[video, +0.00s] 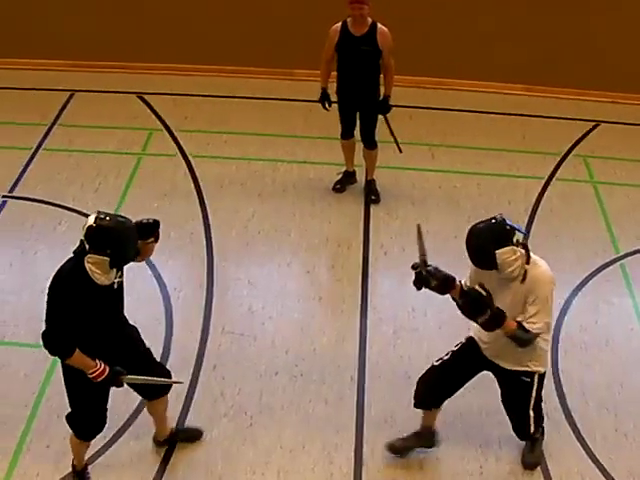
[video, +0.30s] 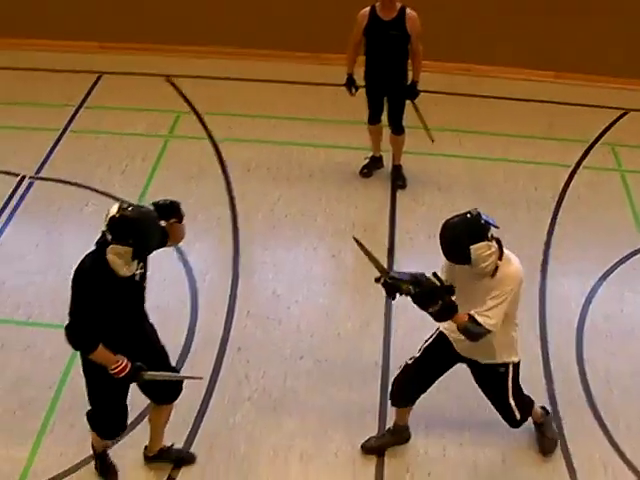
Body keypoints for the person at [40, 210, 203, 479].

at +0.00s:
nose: (147, 250)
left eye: (148, 247)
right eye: (141, 247)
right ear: (114, 251)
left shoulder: (109, 256)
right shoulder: (66, 283)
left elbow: (135, 256)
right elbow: (55, 342)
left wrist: (144, 243)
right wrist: (98, 370)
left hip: (118, 337)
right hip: (84, 355)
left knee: (158, 385)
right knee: (88, 422)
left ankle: (163, 434)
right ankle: (78, 468)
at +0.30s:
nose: (136, 258)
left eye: (139, 252)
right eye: (133, 252)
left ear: (141, 244)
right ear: (120, 244)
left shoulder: (139, 243)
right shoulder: (89, 272)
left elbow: (174, 238)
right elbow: (78, 336)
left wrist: (174, 221)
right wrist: (116, 364)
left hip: (137, 332)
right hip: (103, 346)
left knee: (167, 387)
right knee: (110, 421)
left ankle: (155, 449)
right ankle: (99, 453)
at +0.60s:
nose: (141, 235)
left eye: (140, 231)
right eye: (138, 230)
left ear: (133, 226)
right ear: (123, 229)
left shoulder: (129, 230)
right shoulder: (85, 260)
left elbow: (161, 217)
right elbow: (73, 323)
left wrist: (166, 207)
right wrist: (112, 349)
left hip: (133, 318)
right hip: (100, 337)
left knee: (171, 369)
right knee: (94, 410)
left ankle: (164, 426)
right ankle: (63, 456)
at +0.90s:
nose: (130, 217)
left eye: (130, 213)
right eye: (126, 213)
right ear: (110, 210)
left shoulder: (110, 206)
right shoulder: (72, 237)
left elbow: (135, 222)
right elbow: (72, 305)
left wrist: (154, 204)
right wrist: (119, 324)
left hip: (115, 287)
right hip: (83, 304)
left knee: (149, 333)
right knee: (96, 374)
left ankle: (181, 382)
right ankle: (80, 420)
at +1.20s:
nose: (121, 204)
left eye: (122, 199)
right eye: (118, 200)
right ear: (100, 200)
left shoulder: (83, 196)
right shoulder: (73, 236)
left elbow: (114, 212)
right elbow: (99, 298)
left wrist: (139, 207)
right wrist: (147, 277)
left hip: (85, 290)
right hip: (71, 306)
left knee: (114, 321)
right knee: (110, 365)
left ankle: (82, 378)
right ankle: (103, 411)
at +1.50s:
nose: (127, 195)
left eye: (127, 190)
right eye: (124, 189)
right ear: (112, 188)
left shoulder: (103, 186)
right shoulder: (82, 212)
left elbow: (134, 217)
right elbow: (115, 249)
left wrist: (140, 248)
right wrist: (140, 202)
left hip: (83, 278)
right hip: (97, 294)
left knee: (82, 325)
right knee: (147, 347)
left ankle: (65, 372)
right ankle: (138, 405)